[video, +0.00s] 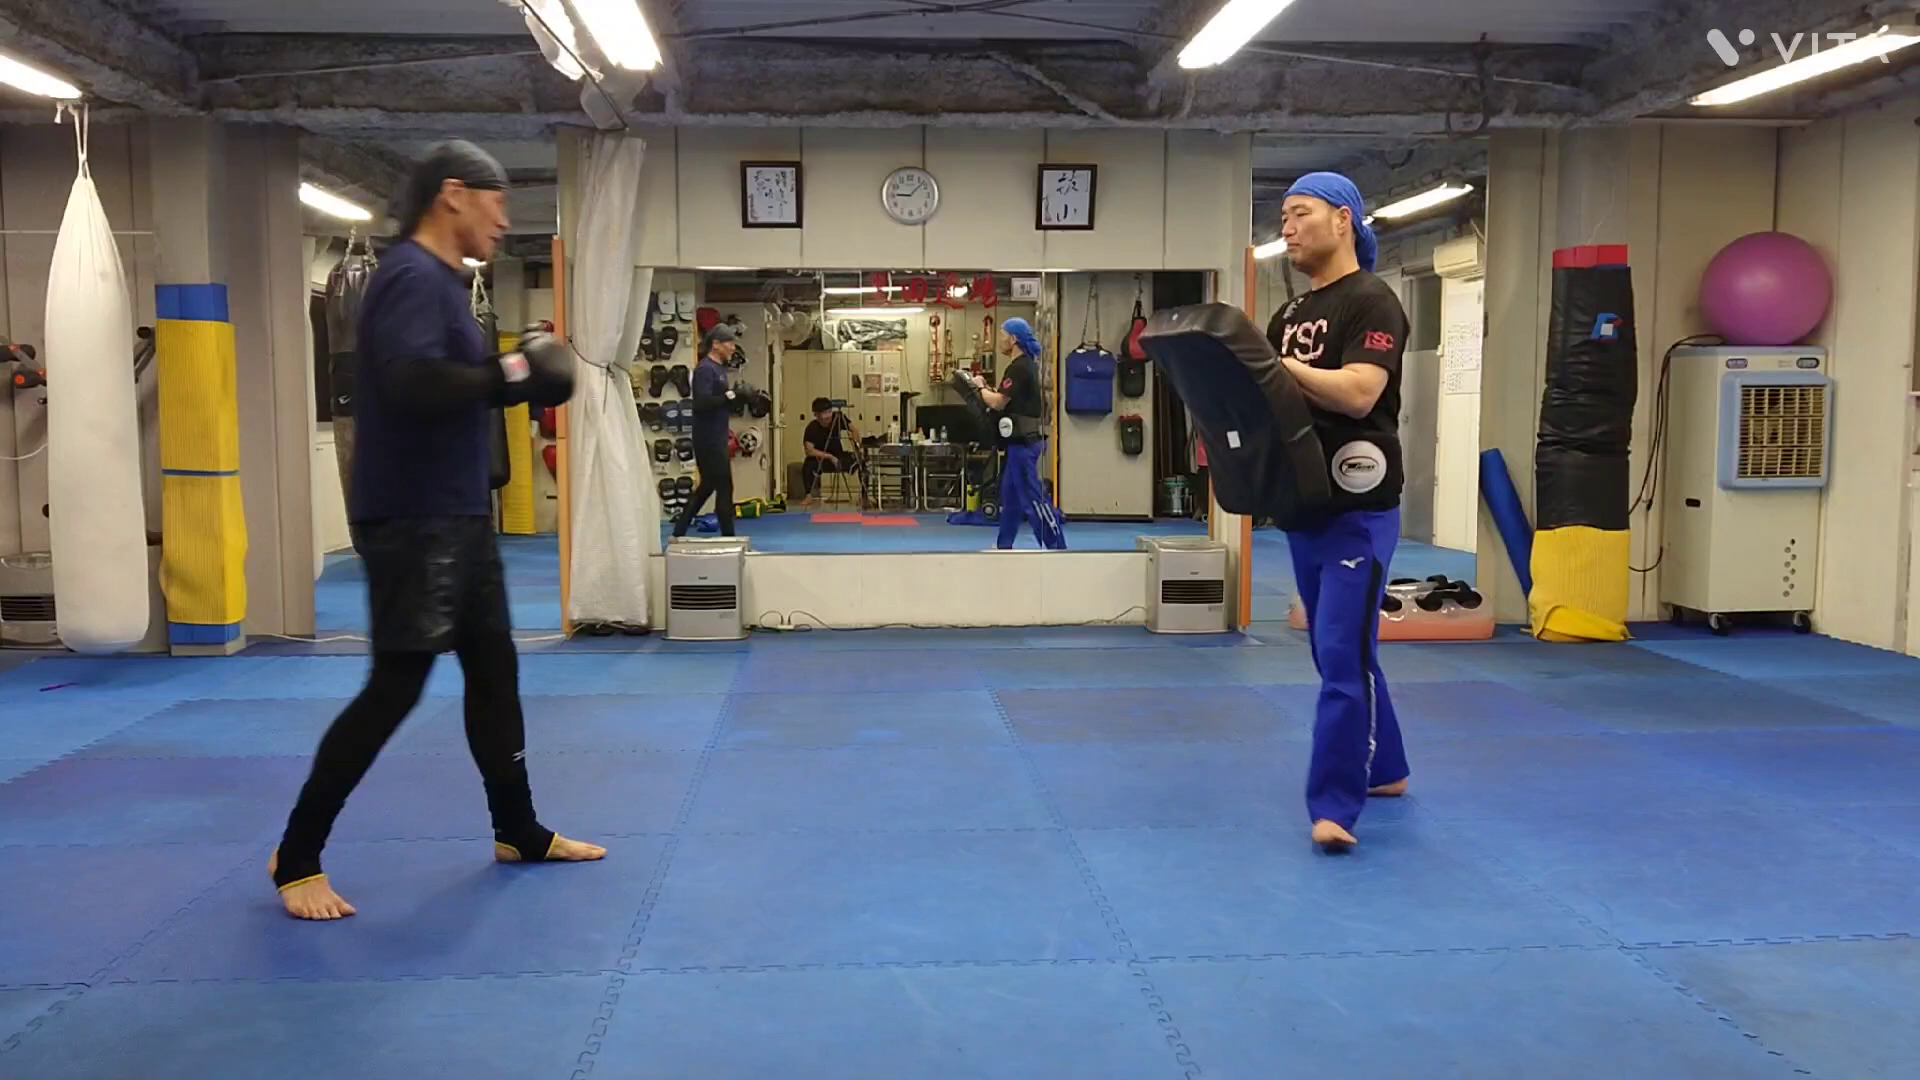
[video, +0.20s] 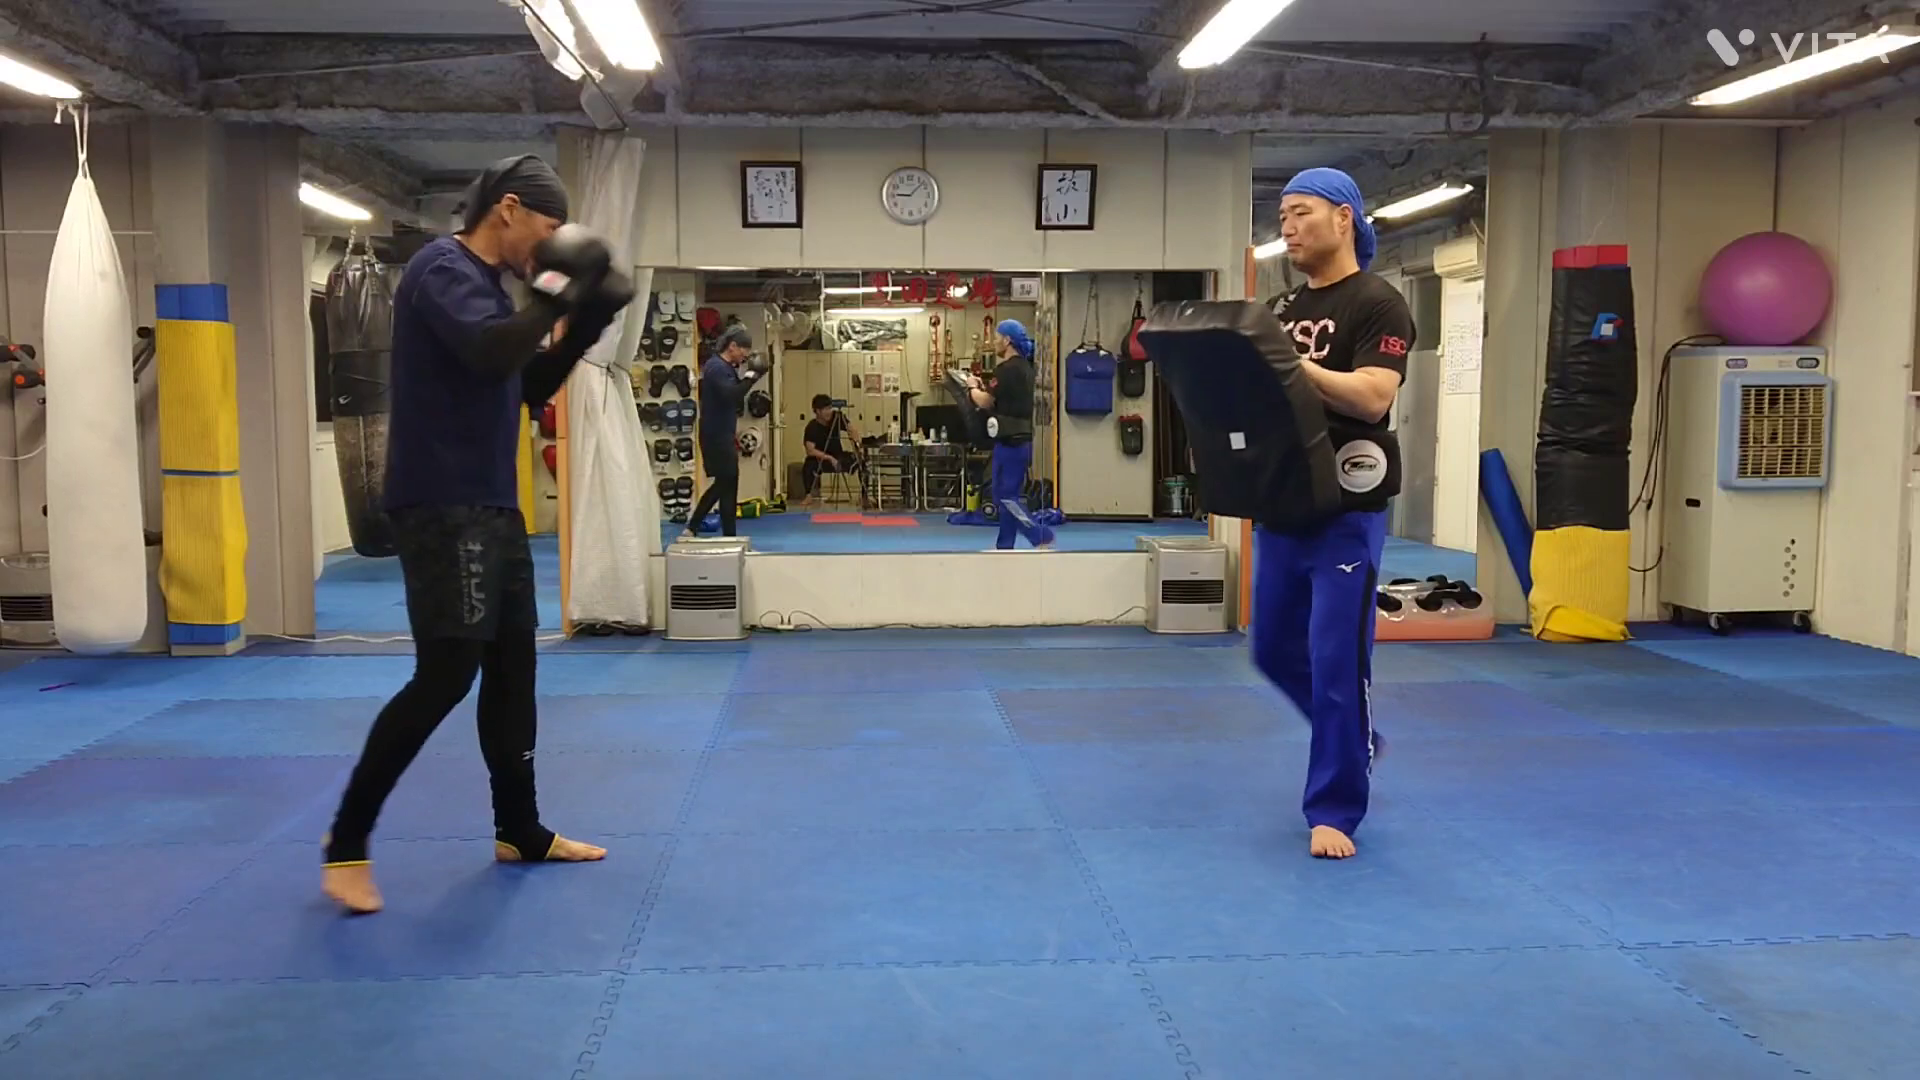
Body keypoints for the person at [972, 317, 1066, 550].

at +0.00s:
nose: (1000, 340)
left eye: (1003, 336)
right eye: (1001, 335)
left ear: (1014, 339)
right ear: (1017, 339)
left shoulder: (1019, 367)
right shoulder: (1026, 365)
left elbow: (998, 402)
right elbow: (1008, 399)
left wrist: (981, 388)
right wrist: (987, 389)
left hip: (1023, 441)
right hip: (1027, 438)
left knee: (1031, 495)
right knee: (1010, 494)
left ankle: (1057, 547)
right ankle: (1003, 545)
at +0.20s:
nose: (995, 342)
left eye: (998, 338)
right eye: (996, 338)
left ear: (1008, 340)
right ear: (1013, 341)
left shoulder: (1007, 369)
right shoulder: (1024, 366)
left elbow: (985, 402)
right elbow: (1004, 397)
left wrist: (972, 388)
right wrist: (983, 387)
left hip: (1009, 440)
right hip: (1021, 438)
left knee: (1003, 495)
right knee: (1008, 494)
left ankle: (1041, 537)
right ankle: (1004, 546)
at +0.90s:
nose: (952, 347)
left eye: (954, 344)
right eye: (953, 343)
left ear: (962, 347)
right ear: (975, 347)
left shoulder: (948, 374)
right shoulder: (990, 376)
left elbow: (932, 401)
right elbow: (995, 402)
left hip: (948, 443)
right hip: (978, 443)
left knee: (933, 495)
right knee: (987, 495)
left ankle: (922, 544)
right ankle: (1002, 544)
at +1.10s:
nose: (941, 347)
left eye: (943, 343)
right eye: (942, 342)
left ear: (951, 346)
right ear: (967, 347)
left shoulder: (937, 374)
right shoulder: (983, 376)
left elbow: (924, 401)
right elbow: (989, 407)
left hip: (940, 444)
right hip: (971, 444)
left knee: (929, 498)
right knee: (984, 495)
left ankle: (921, 546)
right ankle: (1000, 545)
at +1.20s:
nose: (940, 347)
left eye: (942, 344)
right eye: (941, 343)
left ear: (950, 346)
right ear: (967, 347)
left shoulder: (937, 374)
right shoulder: (983, 376)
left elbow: (924, 400)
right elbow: (988, 406)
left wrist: (932, 371)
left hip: (940, 444)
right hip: (971, 444)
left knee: (929, 497)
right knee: (984, 495)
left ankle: (921, 546)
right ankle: (1000, 545)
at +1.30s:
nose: (940, 347)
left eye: (942, 343)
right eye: (940, 343)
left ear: (950, 347)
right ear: (966, 347)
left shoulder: (936, 375)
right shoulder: (982, 376)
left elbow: (923, 403)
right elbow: (987, 407)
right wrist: (965, 408)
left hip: (940, 444)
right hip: (970, 444)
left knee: (928, 497)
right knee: (984, 495)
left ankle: (921, 546)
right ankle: (1000, 545)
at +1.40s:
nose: (945, 350)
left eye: (945, 346)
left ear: (943, 350)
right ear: (967, 348)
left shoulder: (932, 374)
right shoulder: (979, 375)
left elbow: (924, 405)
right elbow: (986, 407)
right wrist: (966, 414)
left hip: (939, 445)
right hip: (969, 444)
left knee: (928, 497)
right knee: (983, 495)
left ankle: (921, 546)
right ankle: (999, 544)